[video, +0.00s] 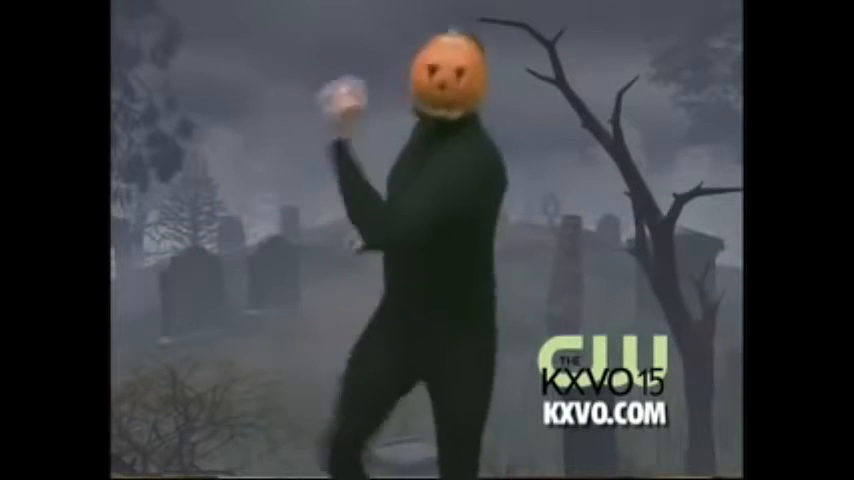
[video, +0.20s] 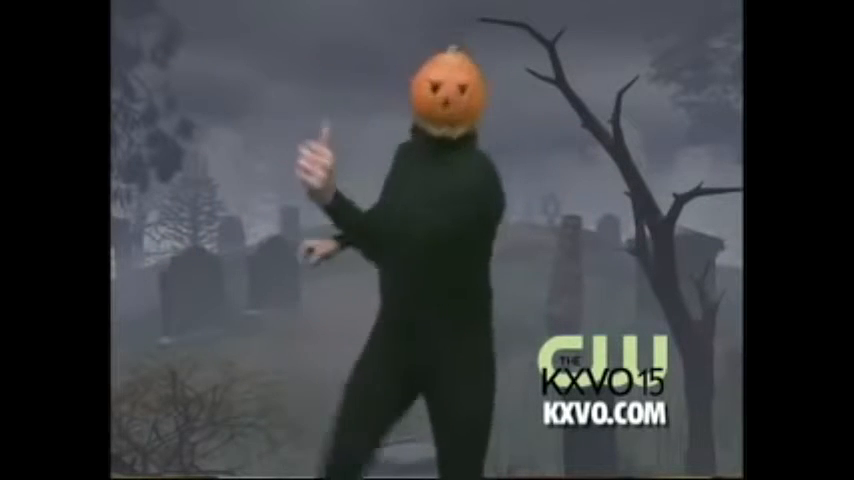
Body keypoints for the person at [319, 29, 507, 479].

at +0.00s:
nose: (443, 79)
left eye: (459, 72)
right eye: (432, 68)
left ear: (478, 87)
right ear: (415, 78)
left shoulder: (476, 158)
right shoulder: (422, 141)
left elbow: (386, 230)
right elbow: (429, 232)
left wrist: (340, 142)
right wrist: (379, 237)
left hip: (460, 335)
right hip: (400, 325)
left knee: (458, 469)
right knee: (342, 450)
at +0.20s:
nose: (447, 95)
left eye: (461, 87)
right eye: (436, 84)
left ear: (479, 102)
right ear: (416, 95)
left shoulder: (478, 177)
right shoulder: (409, 157)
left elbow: (404, 250)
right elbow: (389, 218)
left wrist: (332, 199)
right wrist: (342, 242)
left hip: (460, 350)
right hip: (396, 342)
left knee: (461, 470)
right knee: (344, 458)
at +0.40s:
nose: (425, 106)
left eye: (438, 100)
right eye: (414, 96)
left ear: (456, 119)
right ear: (393, 112)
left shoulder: (468, 191)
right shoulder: (366, 171)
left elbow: (438, 277)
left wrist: (358, 271)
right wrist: (323, 209)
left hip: (445, 349)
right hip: (374, 341)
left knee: (459, 465)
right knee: (313, 435)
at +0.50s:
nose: (413, 67)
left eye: (427, 61)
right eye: (401, 58)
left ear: (444, 80)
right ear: (379, 74)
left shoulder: (459, 149)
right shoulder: (348, 139)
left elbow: (434, 243)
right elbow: (284, 178)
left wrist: (402, 325)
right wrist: (287, 223)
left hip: (424, 317)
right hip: (352, 313)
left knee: (438, 461)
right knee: (323, 456)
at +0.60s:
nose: (393, 73)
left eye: (407, 65)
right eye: (379, 64)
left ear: (423, 79)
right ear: (359, 78)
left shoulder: (444, 152)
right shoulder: (324, 148)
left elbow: (451, 250)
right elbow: (258, 215)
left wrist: (446, 344)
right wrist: (282, 291)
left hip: (405, 338)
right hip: (334, 338)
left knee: (421, 466)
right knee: (322, 467)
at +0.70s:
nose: (368, 95)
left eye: (381, 86)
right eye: (354, 86)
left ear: (398, 98)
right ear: (334, 101)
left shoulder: (414, 178)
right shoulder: (310, 174)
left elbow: (450, 268)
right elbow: (261, 272)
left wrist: (482, 354)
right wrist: (317, 349)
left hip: (385, 355)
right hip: (316, 356)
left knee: (409, 471)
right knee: (316, 472)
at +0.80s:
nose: (352, 120)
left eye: (365, 110)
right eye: (338, 111)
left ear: (381, 120)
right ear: (318, 124)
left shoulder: (385, 189)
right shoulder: (302, 195)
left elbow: (430, 262)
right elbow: (301, 305)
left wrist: (482, 329)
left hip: (367, 355)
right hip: (305, 361)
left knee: (465, 444)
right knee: (306, 472)